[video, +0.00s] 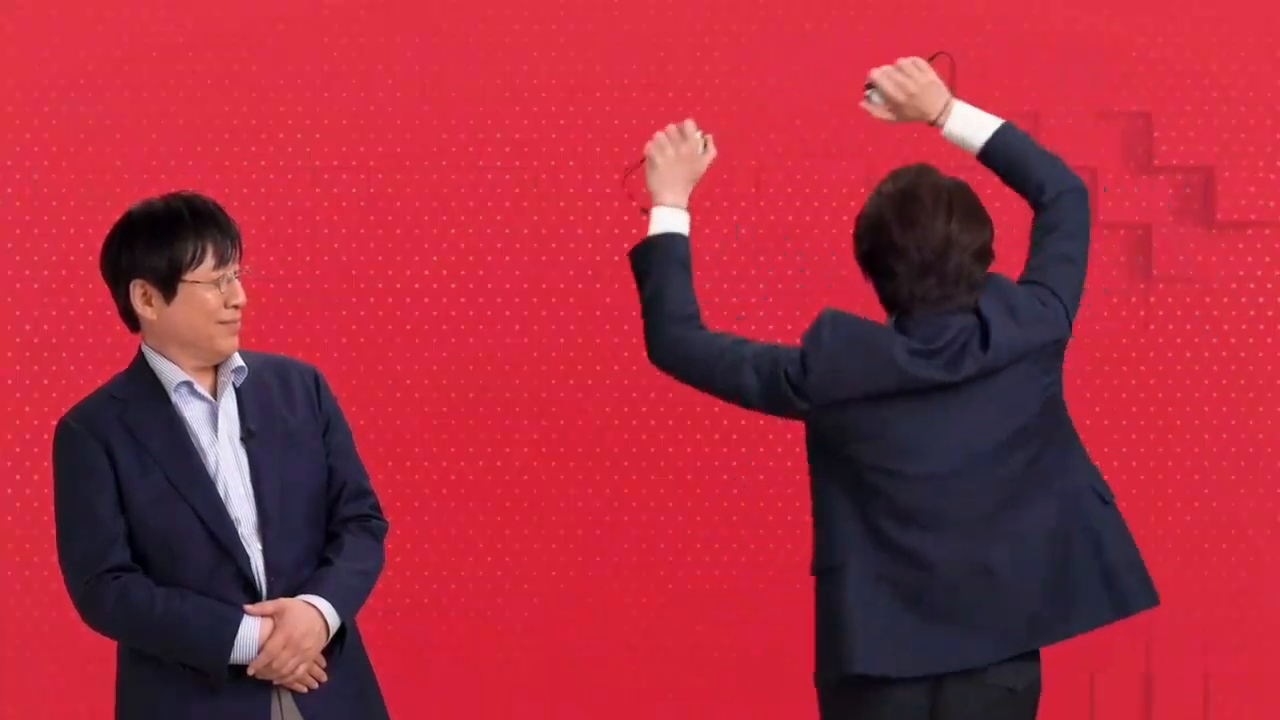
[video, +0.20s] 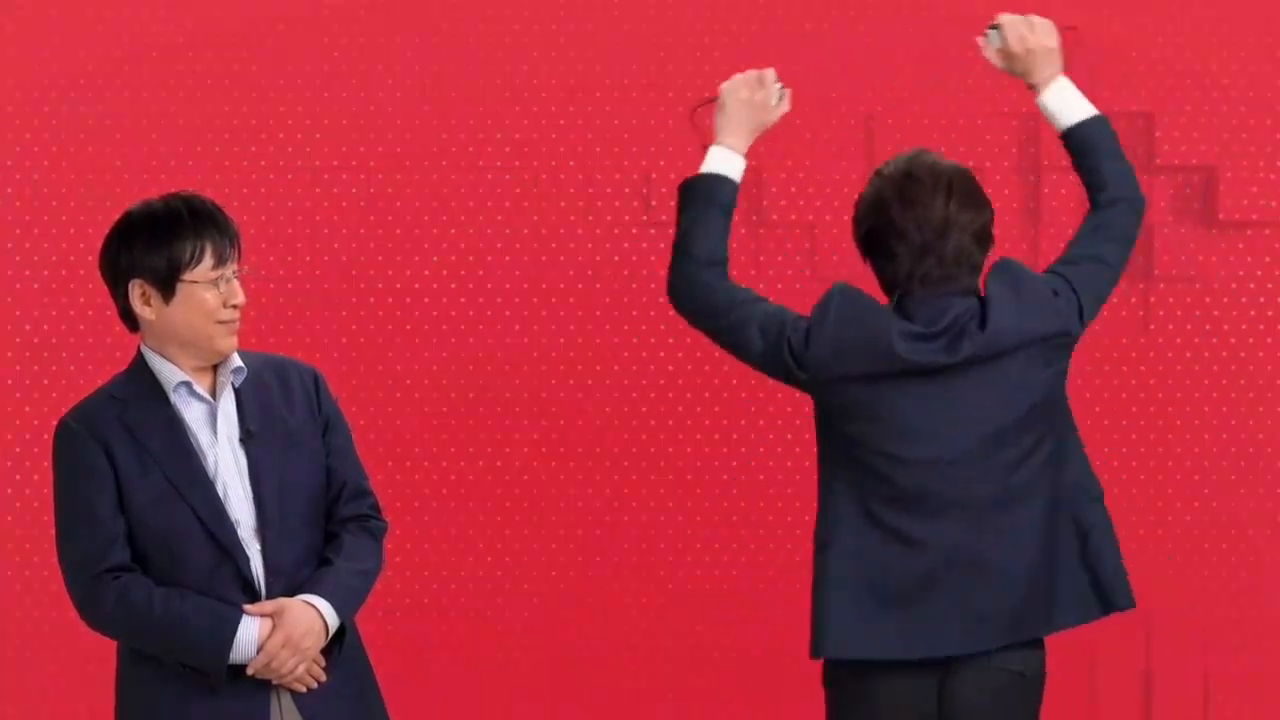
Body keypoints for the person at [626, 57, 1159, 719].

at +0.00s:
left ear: (875, 271)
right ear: (987, 255)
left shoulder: (834, 372)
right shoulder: (1032, 334)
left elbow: (675, 342)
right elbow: (1064, 194)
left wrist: (667, 203)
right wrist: (949, 111)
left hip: (875, 682)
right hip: (1002, 671)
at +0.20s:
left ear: (874, 262)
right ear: (986, 250)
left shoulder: (835, 349)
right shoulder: (1038, 325)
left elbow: (696, 284)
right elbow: (1119, 202)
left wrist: (728, 145)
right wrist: (1051, 83)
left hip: (875, 664)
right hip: (1004, 659)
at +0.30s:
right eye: (991, 244)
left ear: (880, 254)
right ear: (991, 256)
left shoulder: (837, 332)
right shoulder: (1042, 352)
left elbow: (747, 226)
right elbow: (1182, 303)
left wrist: (831, 115)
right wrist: (1176, 165)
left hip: (861, 662)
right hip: (989, 668)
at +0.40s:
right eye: (1009, 268)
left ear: (889, 270)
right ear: (1001, 282)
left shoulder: (847, 338)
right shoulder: (1040, 388)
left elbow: (795, 220)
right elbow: (1203, 394)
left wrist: (904, 132)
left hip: (845, 680)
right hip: (972, 696)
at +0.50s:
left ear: (894, 257)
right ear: (1007, 272)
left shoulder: (853, 329)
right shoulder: (1048, 379)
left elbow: (788, 208)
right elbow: (1207, 362)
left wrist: (887, 115)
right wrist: (1222, 214)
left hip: (851, 677)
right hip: (979, 692)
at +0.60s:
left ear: (895, 251)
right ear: (1002, 250)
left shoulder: (843, 328)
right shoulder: (1054, 338)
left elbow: (723, 237)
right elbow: (1168, 249)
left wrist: (785, 113)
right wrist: (1106, 119)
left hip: (872, 666)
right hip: (1002, 670)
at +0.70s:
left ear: (882, 269)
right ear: (992, 251)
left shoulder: (840, 367)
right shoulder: (1042, 327)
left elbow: (679, 337)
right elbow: (1080, 193)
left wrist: (679, 200)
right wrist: (959, 116)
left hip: (907, 681)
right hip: (1034, 666)